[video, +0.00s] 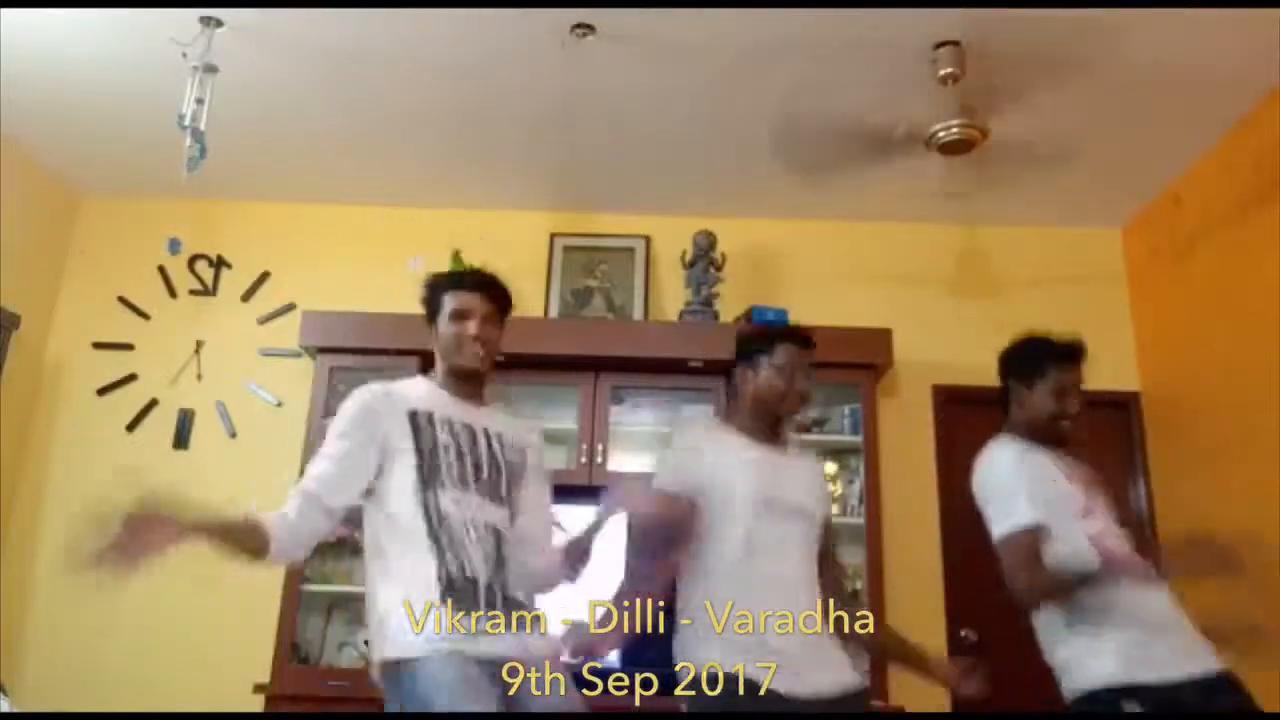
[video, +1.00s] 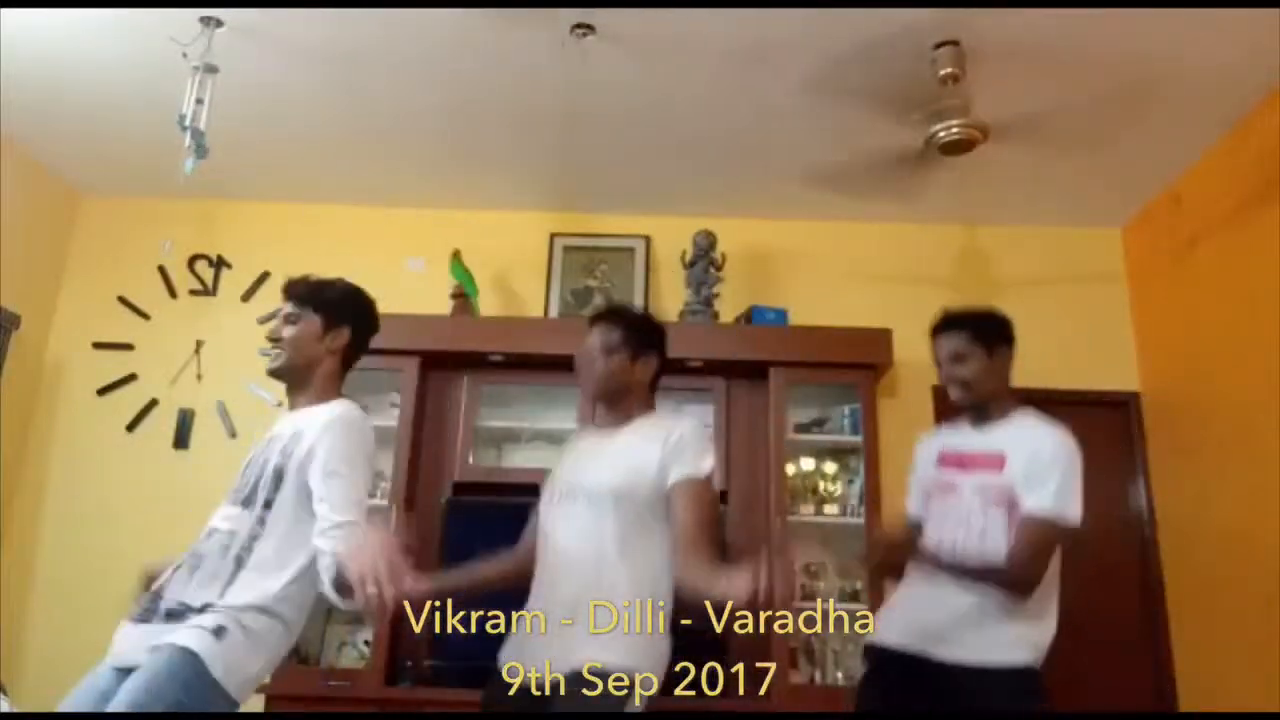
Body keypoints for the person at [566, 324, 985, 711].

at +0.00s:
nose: (802, 388)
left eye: (805, 376)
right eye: (788, 373)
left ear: (806, 382)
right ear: (746, 375)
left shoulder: (810, 472)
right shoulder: (697, 447)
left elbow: (835, 602)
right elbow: (650, 556)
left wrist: (934, 667)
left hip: (820, 682)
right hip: (727, 678)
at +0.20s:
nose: (748, 327)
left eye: (762, 318)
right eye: (735, 318)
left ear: (784, 337)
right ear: (717, 335)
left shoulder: (813, 417)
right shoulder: (679, 405)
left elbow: (840, 531)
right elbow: (610, 516)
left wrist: (876, 621)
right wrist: (632, 596)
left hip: (794, 651)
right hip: (693, 647)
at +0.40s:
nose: (679, 379)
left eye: (698, 370)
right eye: (676, 370)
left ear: (736, 394)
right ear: (669, 384)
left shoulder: (777, 479)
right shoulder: (640, 478)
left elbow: (812, 613)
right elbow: (614, 593)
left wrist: (787, 698)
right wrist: (599, 683)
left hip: (746, 697)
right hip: (648, 694)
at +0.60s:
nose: (646, 323)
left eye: (665, 315)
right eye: (648, 313)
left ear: (703, 333)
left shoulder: (736, 408)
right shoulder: (628, 411)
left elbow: (770, 541)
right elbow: (602, 521)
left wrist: (700, 639)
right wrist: (535, 586)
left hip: (679, 653)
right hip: (594, 644)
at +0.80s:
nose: (592, 381)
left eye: (608, 367)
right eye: (592, 367)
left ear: (650, 380)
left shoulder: (685, 451)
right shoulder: (595, 469)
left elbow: (688, 590)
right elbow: (556, 579)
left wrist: (714, 605)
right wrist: (476, 602)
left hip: (622, 686)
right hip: (550, 681)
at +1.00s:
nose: (587, 364)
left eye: (605, 353)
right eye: (586, 353)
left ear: (644, 367)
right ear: (582, 359)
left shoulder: (679, 436)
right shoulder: (578, 448)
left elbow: (693, 568)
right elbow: (524, 558)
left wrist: (739, 582)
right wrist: (426, 585)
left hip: (612, 671)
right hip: (531, 663)